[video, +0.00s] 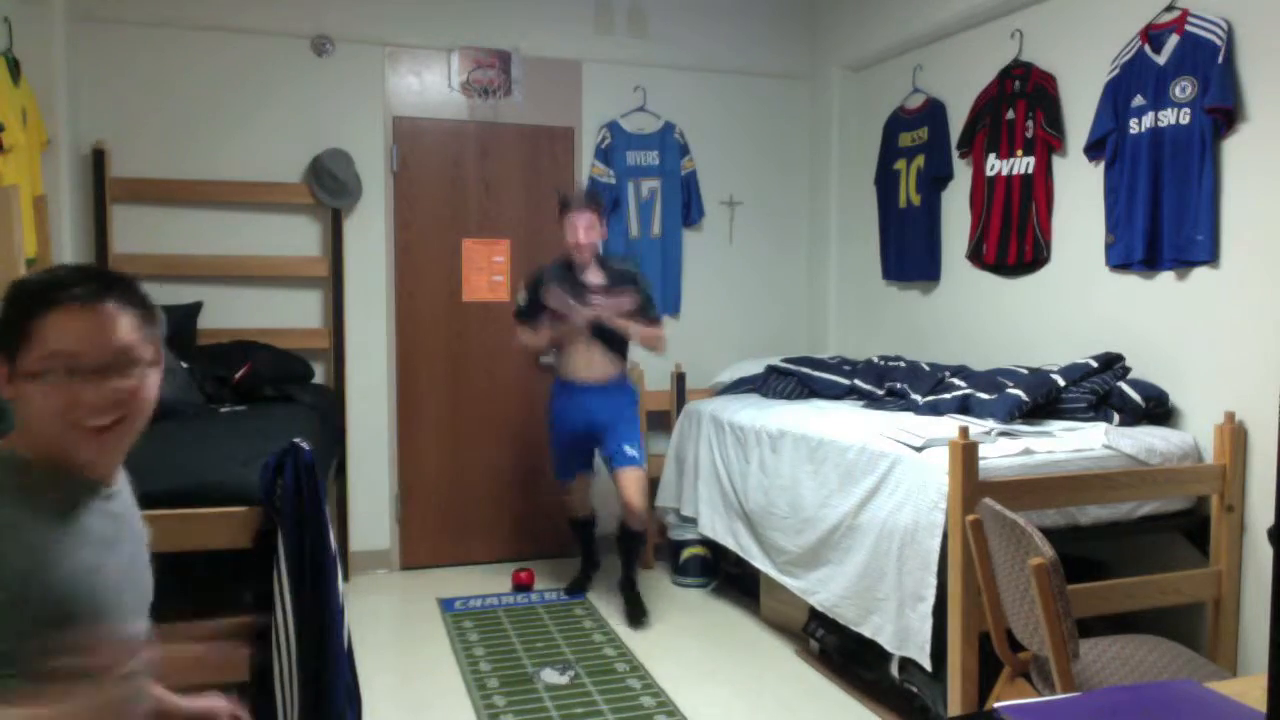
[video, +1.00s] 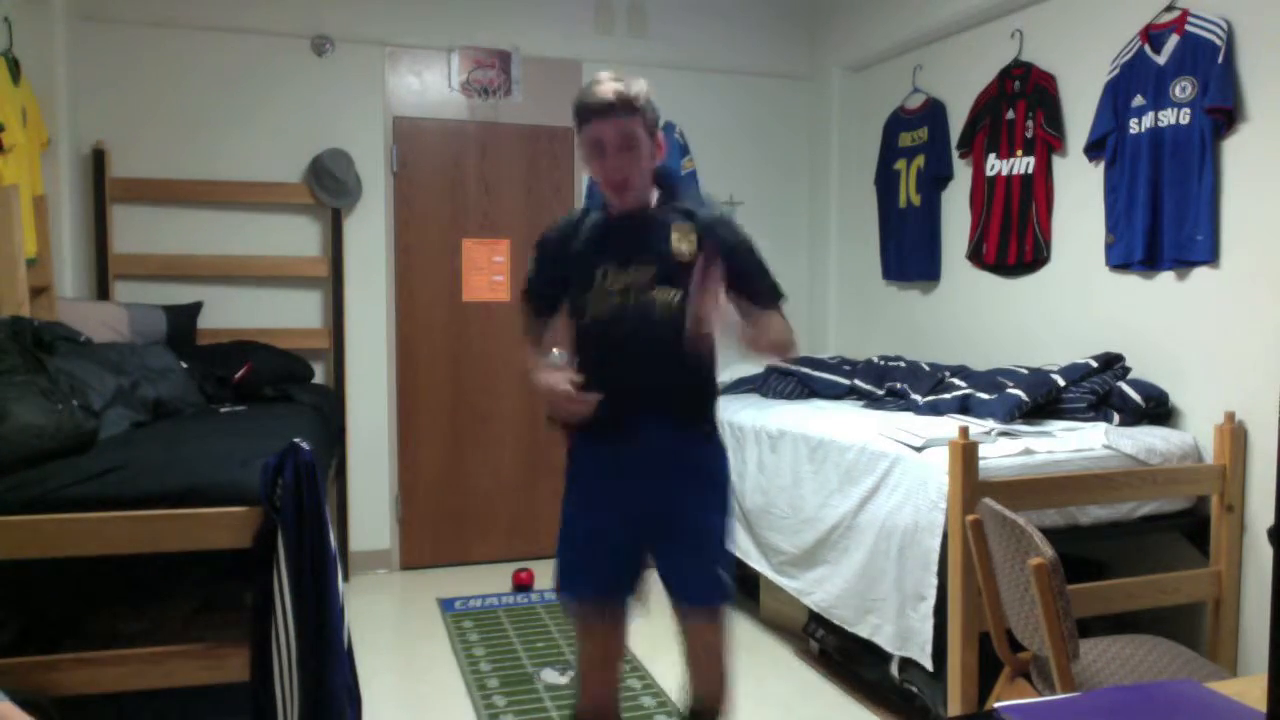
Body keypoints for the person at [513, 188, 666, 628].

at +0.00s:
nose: (580, 239)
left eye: (587, 229)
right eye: (572, 230)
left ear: (601, 231)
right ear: (562, 234)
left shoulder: (624, 277)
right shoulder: (547, 281)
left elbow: (656, 339)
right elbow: (528, 340)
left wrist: (609, 317)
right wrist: (567, 323)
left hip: (616, 396)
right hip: (568, 398)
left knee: (635, 501)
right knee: (575, 494)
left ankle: (629, 582)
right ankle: (587, 563)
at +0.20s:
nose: (604, 245)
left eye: (612, 235)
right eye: (595, 236)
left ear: (622, 235)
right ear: (579, 235)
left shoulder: (641, 279)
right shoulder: (555, 283)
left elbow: (684, 341)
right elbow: (532, 342)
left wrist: (639, 329)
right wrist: (570, 342)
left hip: (630, 403)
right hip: (578, 403)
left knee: (639, 512)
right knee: (575, 512)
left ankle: (628, 593)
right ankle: (583, 557)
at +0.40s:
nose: (606, 230)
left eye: (612, 219)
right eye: (595, 221)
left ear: (624, 211)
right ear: (576, 218)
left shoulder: (645, 255)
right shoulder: (557, 265)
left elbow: (679, 326)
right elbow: (539, 331)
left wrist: (623, 290)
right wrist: (560, 344)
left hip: (641, 397)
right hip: (587, 397)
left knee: (640, 511)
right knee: (583, 521)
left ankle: (641, 587)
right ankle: (596, 634)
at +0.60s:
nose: (624, 216)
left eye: (631, 205)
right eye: (614, 206)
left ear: (641, 203)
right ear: (589, 206)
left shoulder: (662, 253)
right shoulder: (560, 267)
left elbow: (722, 306)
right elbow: (523, 348)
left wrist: (658, 276)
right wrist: (584, 352)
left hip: (654, 415)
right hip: (594, 418)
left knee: (674, 557)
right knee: (593, 545)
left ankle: (646, 675)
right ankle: (589, 654)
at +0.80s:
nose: (632, 202)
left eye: (642, 187)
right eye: (618, 189)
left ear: (662, 184)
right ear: (600, 192)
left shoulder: (693, 254)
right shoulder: (579, 264)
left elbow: (756, 338)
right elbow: (543, 354)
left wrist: (676, 294)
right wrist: (590, 360)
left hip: (675, 444)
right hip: (604, 443)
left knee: (675, 593)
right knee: (577, 593)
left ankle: (669, 712)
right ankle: (580, 690)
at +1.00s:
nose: (614, 164)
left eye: (627, 146)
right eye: (599, 150)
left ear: (656, 146)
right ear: (583, 156)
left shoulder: (708, 235)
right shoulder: (565, 244)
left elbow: (780, 343)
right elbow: (539, 342)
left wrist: (734, 306)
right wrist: (547, 377)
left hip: (687, 460)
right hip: (599, 459)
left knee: (703, 629)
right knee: (595, 631)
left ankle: (706, 714)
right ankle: (596, 714)